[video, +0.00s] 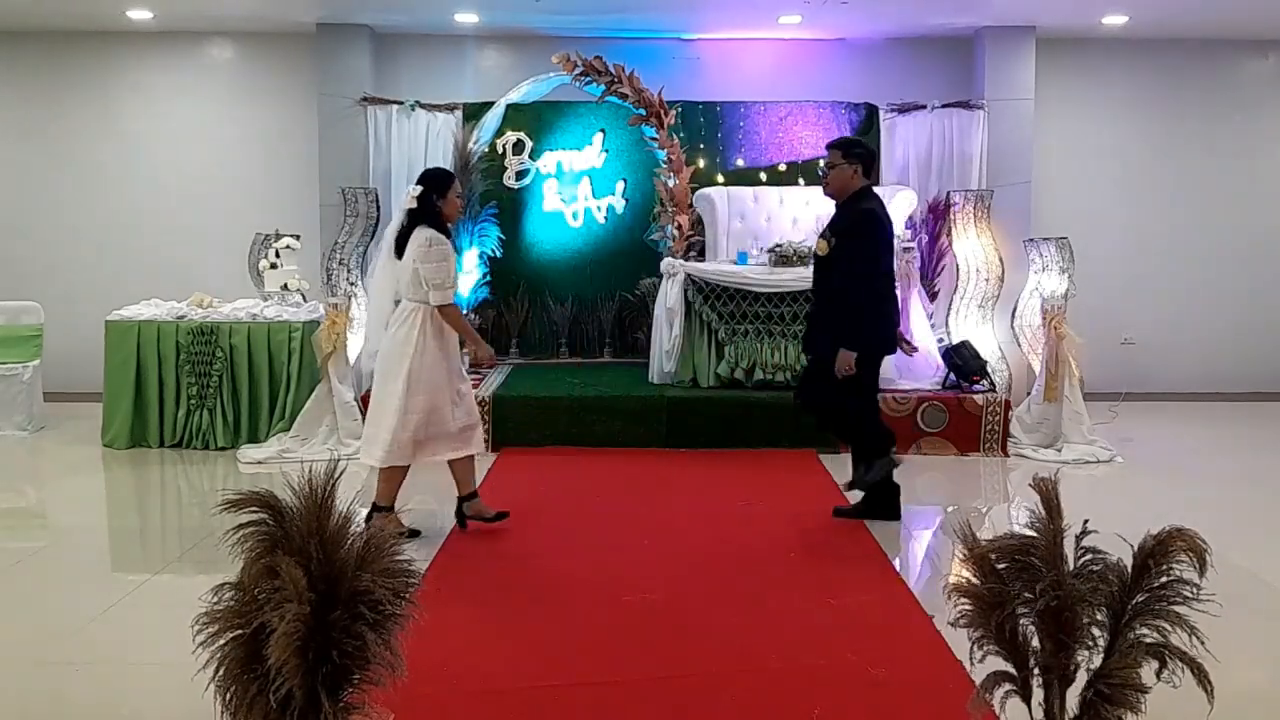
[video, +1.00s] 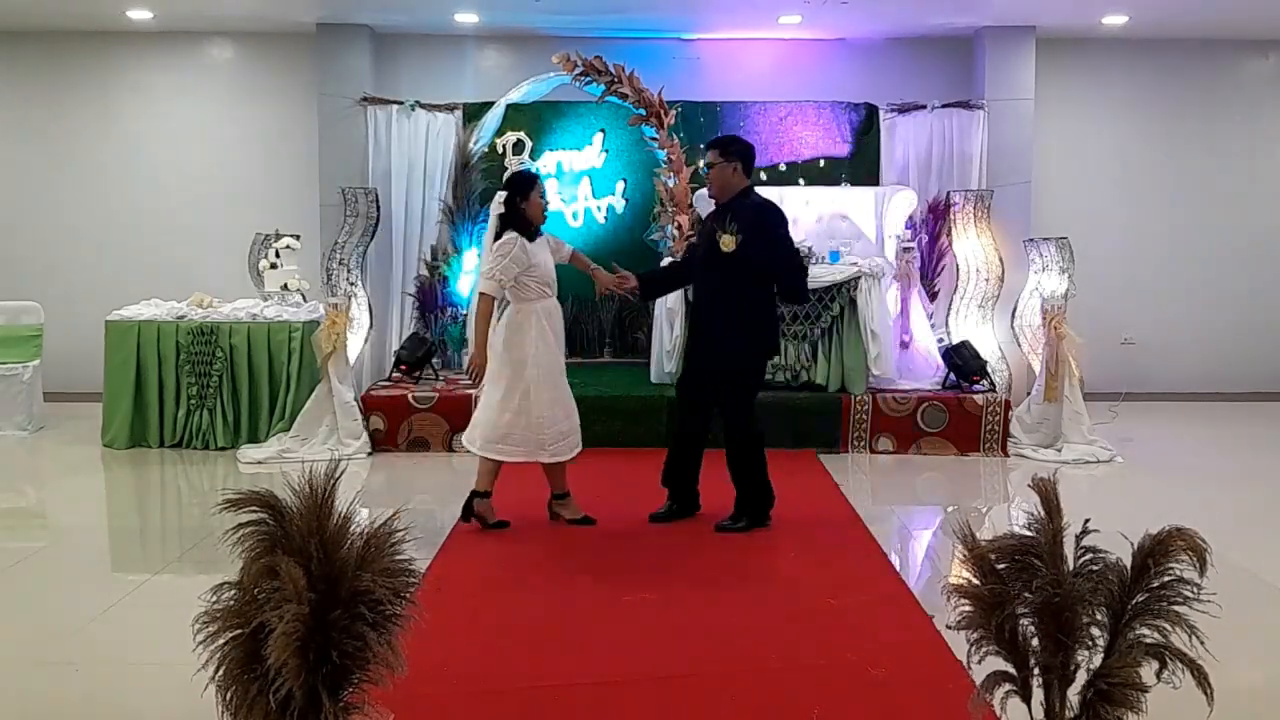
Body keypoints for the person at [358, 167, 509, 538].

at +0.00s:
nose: (461, 202)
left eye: (460, 195)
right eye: (456, 196)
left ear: (430, 200)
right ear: (437, 201)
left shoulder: (415, 238)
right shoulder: (435, 242)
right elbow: (443, 305)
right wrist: (477, 342)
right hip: (421, 343)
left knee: (459, 419)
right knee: (405, 426)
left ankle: (469, 502)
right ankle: (381, 513)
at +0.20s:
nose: (475, 208)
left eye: (473, 201)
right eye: (469, 202)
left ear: (446, 207)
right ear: (450, 207)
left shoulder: (431, 245)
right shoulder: (449, 250)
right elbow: (462, 314)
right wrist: (491, 355)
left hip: (441, 344)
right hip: (444, 348)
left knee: (468, 422)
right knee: (418, 427)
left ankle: (474, 506)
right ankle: (384, 511)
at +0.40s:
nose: (495, 201)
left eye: (494, 194)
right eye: (490, 195)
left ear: (465, 199)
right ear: (472, 199)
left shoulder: (457, 233)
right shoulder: (473, 237)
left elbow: (461, 298)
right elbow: (468, 298)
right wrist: (477, 352)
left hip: (461, 341)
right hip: (468, 343)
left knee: (466, 424)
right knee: (453, 425)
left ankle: (473, 505)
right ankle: (400, 493)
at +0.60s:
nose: (512, 200)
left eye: (511, 193)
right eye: (507, 194)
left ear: (484, 198)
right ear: (491, 198)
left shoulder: (477, 233)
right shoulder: (487, 235)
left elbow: (474, 296)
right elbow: (476, 295)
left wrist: (478, 350)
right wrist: (476, 350)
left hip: (484, 343)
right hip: (493, 343)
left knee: (480, 416)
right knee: (516, 416)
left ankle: (475, 504)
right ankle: (455, 464)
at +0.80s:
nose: (530, 200)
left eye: (528, 192)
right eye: (524, 193)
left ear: (504, 199)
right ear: (507, 199)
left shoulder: (499, 235)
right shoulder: (503, 237)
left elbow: (535, 273)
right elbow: (487, 290)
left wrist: (570, 297)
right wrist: (486, 347)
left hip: (489, 346)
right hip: (511, 344)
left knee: (477, 418)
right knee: (545, 411)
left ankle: (473, 504)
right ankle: (551, 497)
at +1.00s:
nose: (546, 204)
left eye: (544, 197)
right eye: (540, 198)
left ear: (529, 203)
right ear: (521, 204)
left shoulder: (541, 241)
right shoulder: (510, 245)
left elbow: (571, 254)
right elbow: (485, 297)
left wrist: (597, 272)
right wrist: (479, 351)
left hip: (535, 344)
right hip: (525, 345)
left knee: (503, 419)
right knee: (553, 417)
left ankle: (480, 497)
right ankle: (561, 499)